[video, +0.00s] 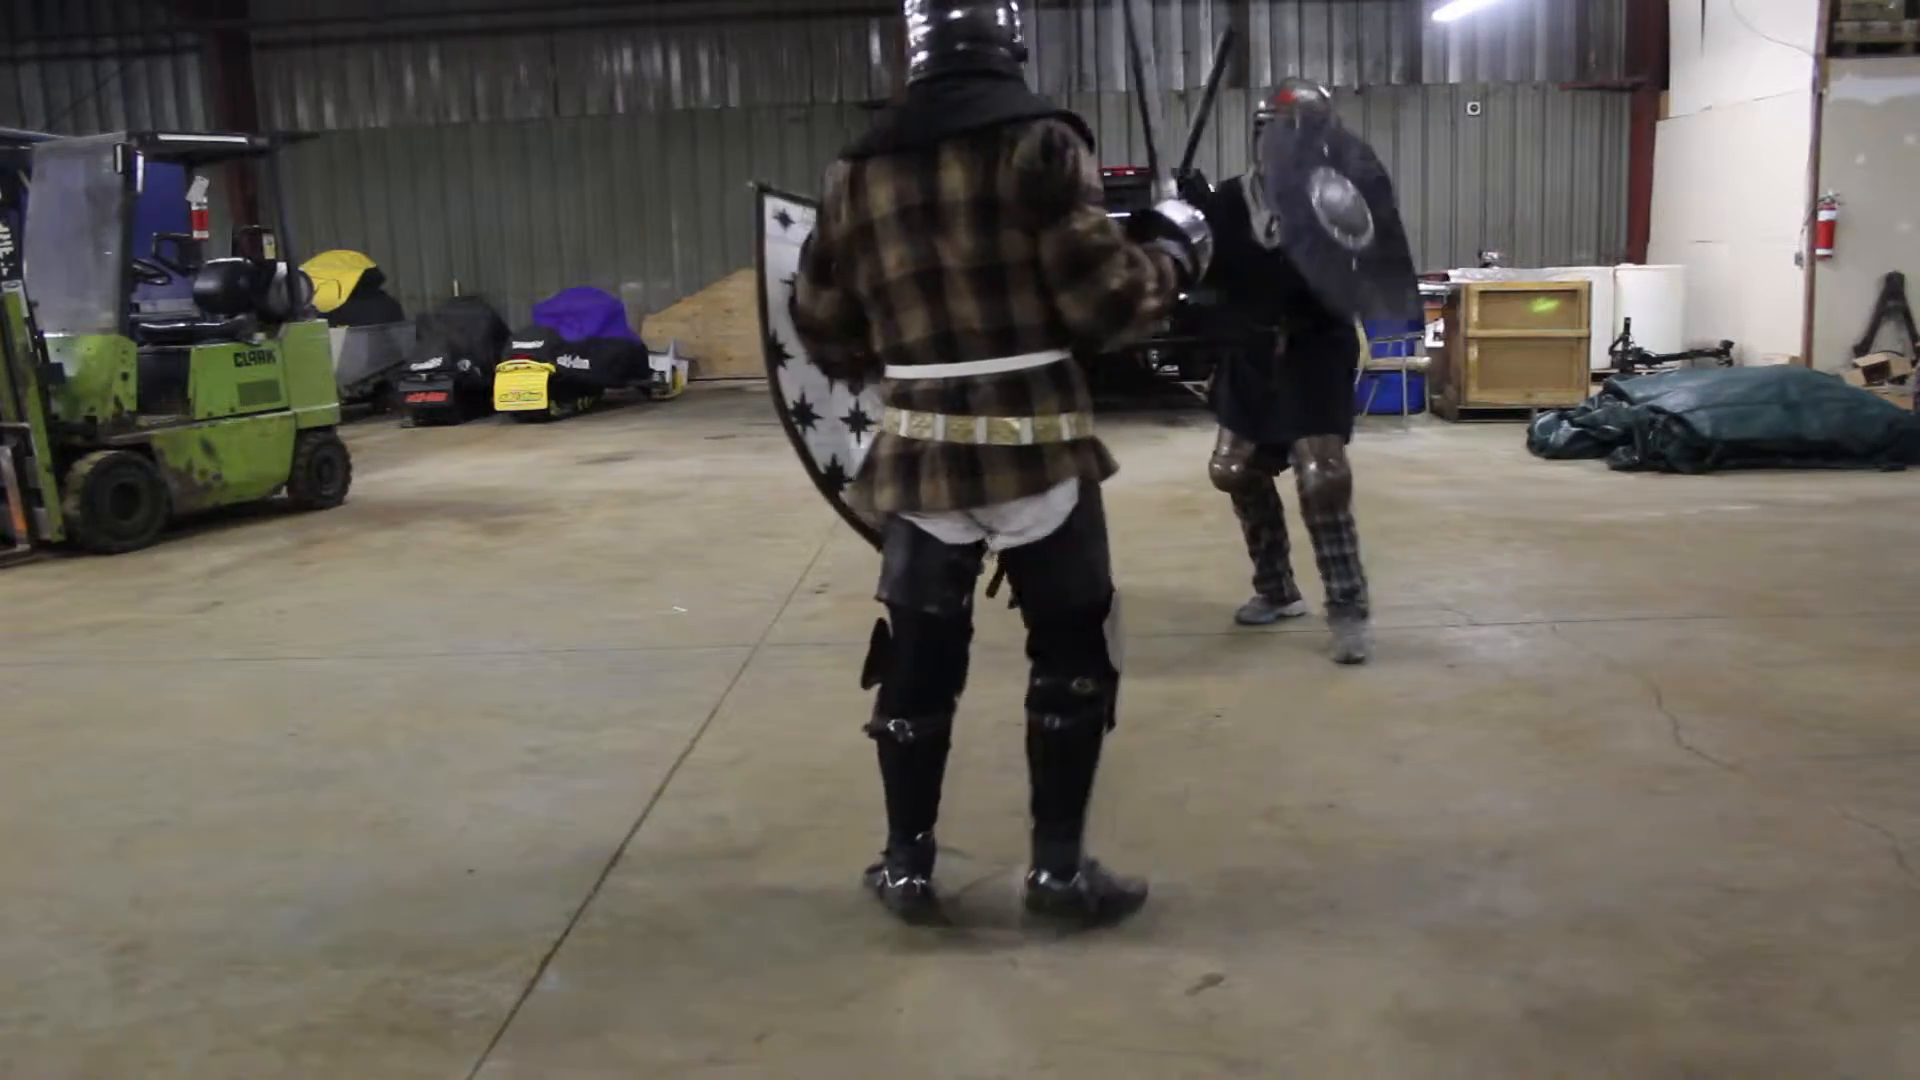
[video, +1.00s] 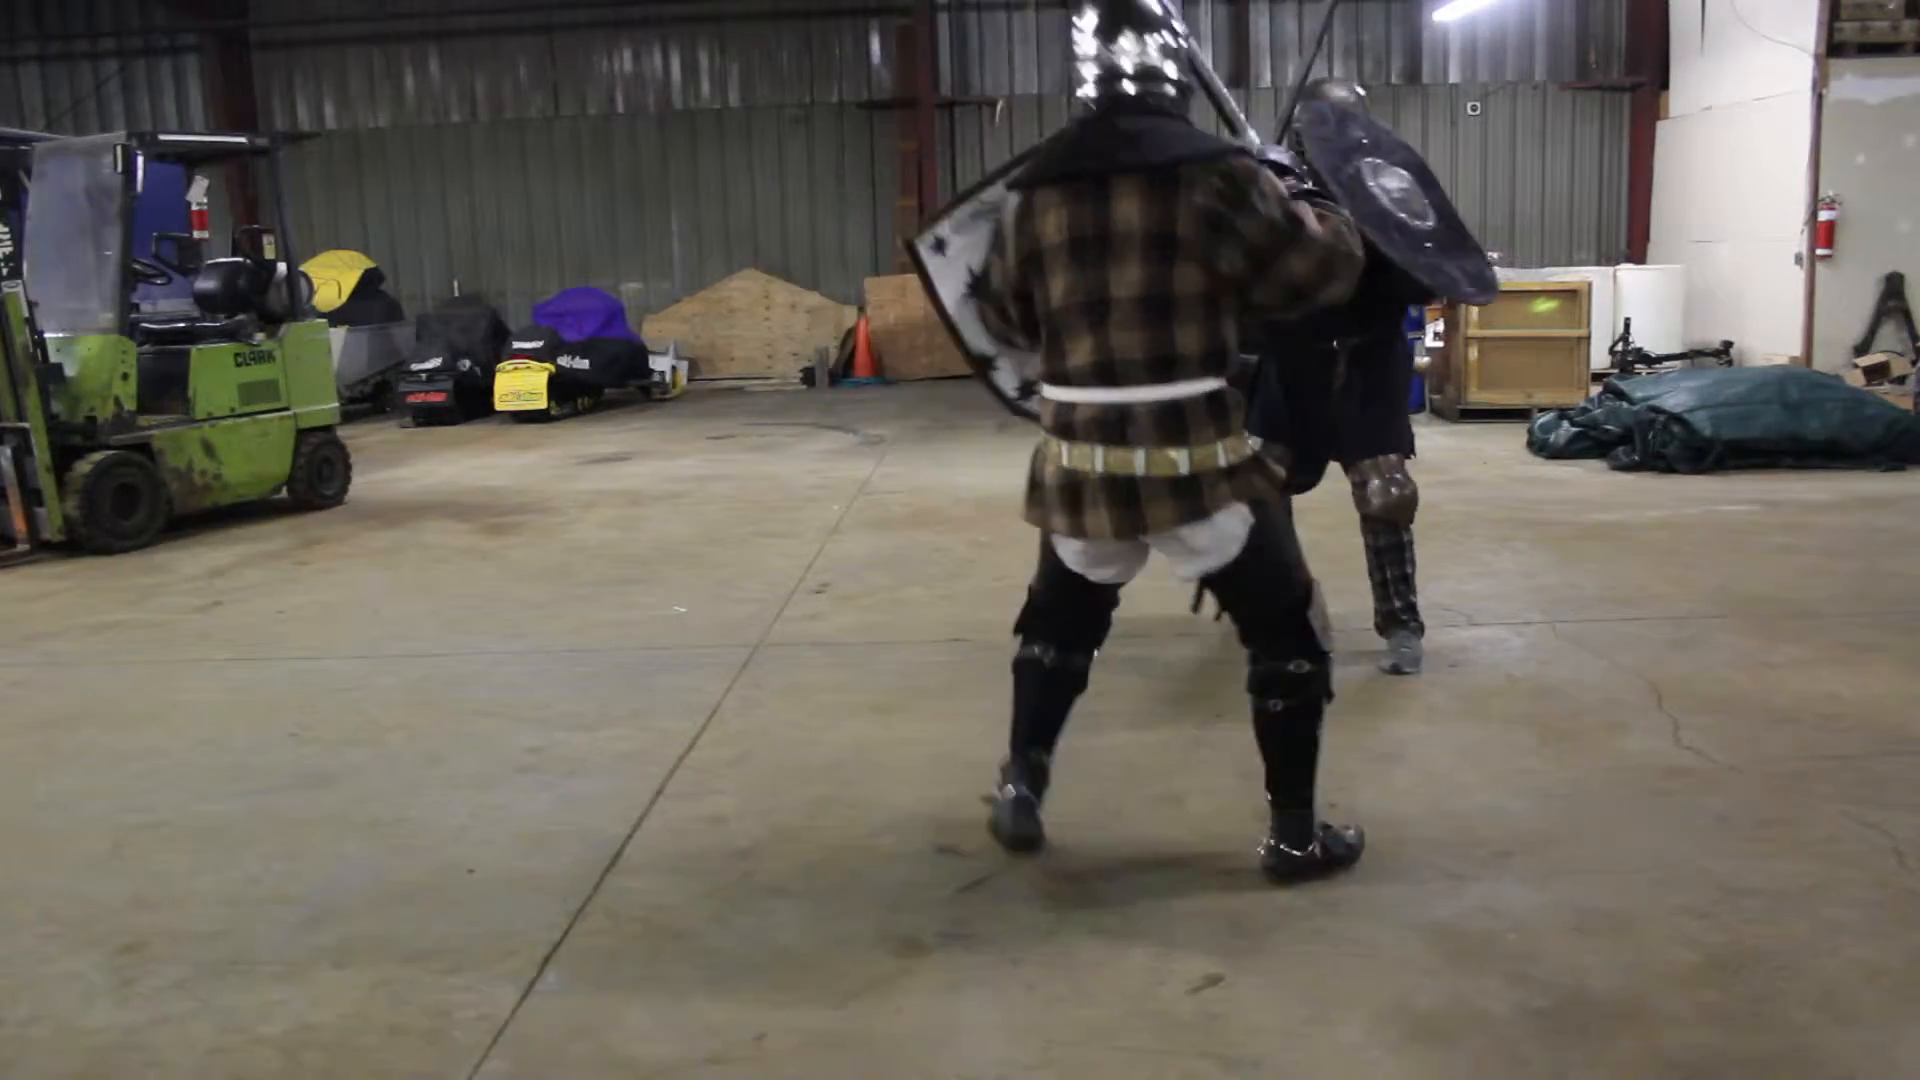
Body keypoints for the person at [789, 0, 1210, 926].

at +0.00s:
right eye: (1016, 42)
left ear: (920, 59)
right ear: (1011, 53)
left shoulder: (862, 166)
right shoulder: (1038, 147)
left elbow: (819, 320)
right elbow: (1107, 306)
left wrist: (893, 371)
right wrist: (1168, 247)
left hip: (921, 460)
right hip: (1039, 453)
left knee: (919, 653)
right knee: (1071, 649)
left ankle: (907, 857)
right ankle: (1059, 863)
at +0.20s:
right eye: (1049, 44)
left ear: (959, 63)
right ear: (1048, 53)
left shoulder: (903, 169)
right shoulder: (1087, 144)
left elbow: (859, 330)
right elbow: (1166, 303)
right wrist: (1208, 231)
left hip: (954, 470)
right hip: (1072, 468)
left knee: (952, 660)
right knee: (1072, 672)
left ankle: (913, 852)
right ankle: (1055, 891)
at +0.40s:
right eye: (1081, 36)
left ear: (989, 57)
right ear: (1081, 46)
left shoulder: (936, 167)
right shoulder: (1129, 138)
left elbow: (902, 333)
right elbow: (1206, 299)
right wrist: (1241, 239)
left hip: (992, 459)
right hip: (1105, 458)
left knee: (1006, 627)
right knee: (1093, 664)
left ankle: (993, 807)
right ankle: (1059, 889)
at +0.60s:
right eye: (1098, 44)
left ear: (1003, 61)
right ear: (1096, 52)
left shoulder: (952, 166)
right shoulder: (1137, 142)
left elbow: (909, 325)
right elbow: (1225, 293)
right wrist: (1255, 228)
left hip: (1013, 459)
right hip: (1127, 456)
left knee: (1031, 642)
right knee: (1150, 649)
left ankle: (1033, 824)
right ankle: (1092, 835)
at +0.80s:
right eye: (1119, 45)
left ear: (1025, 59)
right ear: (1116, 57)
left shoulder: (972, 172)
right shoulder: (1158, 147)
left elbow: (946, 323)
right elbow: (1259, 280)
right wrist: (1273, 209)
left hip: (1037, 454)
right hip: (1157, 448)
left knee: (1045, 634)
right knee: (1228, 619)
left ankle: (1036, 825)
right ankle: (1207, 817)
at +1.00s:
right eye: (1179, 74)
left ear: (1087, 79)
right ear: (1178, 77)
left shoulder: (1040, 188)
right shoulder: (1217, 180)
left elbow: (1002, 312)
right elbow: (1331, 263)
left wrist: (1078, 344)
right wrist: (1296, 191)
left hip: (1081, 463)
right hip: (1203, 461)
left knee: (1062, 612)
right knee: (1284, 627)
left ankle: (1021, 789)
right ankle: (1295, 828)